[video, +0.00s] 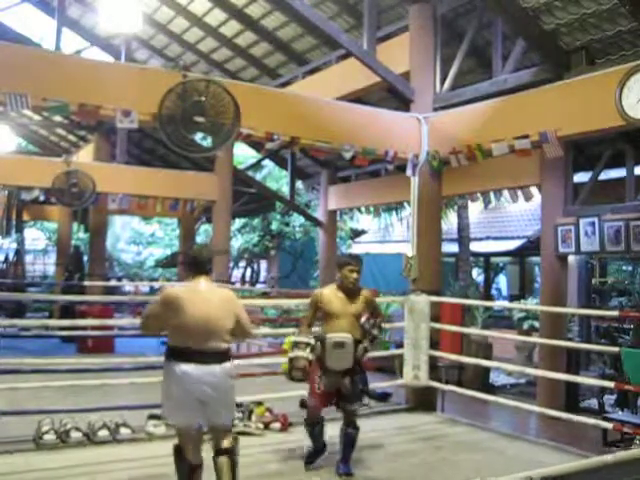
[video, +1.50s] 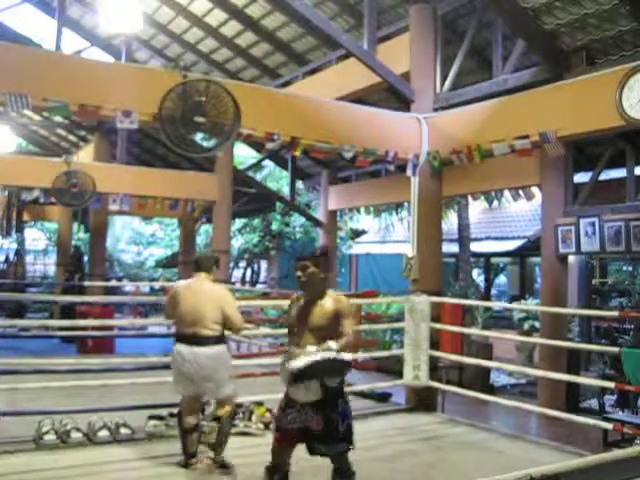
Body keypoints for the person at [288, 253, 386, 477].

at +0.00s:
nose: (355, 277)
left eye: (358, 273)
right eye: (350, 272)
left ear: (360, 275)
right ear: (339, 273)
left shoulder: (365, 298)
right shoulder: (321, 295)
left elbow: (378, 318)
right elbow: (306, 325)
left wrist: (369, 338)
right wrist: (304, 347)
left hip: (353, 356)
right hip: (324, 355)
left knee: (350, 411)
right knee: (312, 408)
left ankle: (345, 461)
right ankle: (318, 445)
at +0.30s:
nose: (350, 280)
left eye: (353, 275)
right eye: (345, 275)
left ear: (358, 277)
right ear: (335, 278)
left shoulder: (367, 299)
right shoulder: (322, 302)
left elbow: (379, 319)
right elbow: (306, 332)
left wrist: (373, 338)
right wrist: (306, 355)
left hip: (355, 360)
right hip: (327, 361)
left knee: (352, 417)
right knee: (326, 417)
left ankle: (345, 463)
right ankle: (328, 471)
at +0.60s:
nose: (338, 276)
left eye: (341, 271)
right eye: (332, 272)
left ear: (346, 272)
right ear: (322, 276)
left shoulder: (358, 296)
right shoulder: (313, 304)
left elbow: (370, 318)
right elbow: (299, 340)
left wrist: (367, 337)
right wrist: (300, 374)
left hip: (353, 369)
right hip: (325, 371)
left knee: (362, 433)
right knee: (323, 433)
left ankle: (350, 462)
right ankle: (329, 474)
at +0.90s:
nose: (336, 276)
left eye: (340, 271)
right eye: (330, 272)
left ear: (345, 273)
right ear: (321, 275)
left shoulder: (357, 299)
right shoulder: (309, 303)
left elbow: (377, 314)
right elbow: (291, 336)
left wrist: (373, 340)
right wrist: (289, 367)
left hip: (349, 367)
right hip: (318, 369)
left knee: (350, 437)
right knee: (321, 436)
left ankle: (353, 474)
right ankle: (329, 476)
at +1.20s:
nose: (328, 273)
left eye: (334, 268)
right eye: (324, 268)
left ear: (345, 271)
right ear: (319, 272)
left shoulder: (359, 304)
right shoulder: (308, 302)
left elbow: (386, 336)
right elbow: (289, 329)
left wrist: (371, 367)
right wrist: (287, 361)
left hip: (344, 379)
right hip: (311, 378)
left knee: (346, 449)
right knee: (300, 452)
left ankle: (349, 475)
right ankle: (321, 476)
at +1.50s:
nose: (299, 276)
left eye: (305, 270)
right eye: (297, 271)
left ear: (321, 273)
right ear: (295, 275)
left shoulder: (339, 303)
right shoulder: (295, 304)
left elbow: (352, 339)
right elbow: (293, 338)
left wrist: (325, 349)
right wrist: (293, 355)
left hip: (328, 381)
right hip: (298, 380)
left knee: (336, 452)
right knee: (281, 446)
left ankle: (343, 470)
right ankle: (278, 472)